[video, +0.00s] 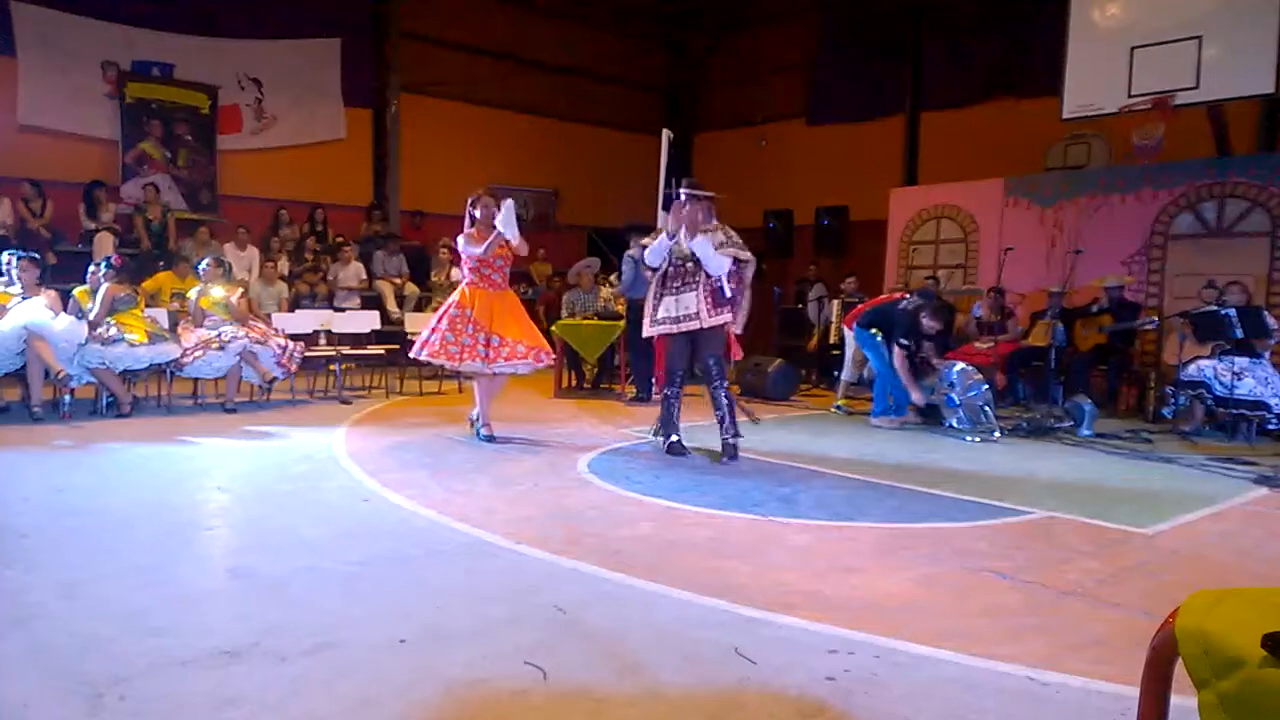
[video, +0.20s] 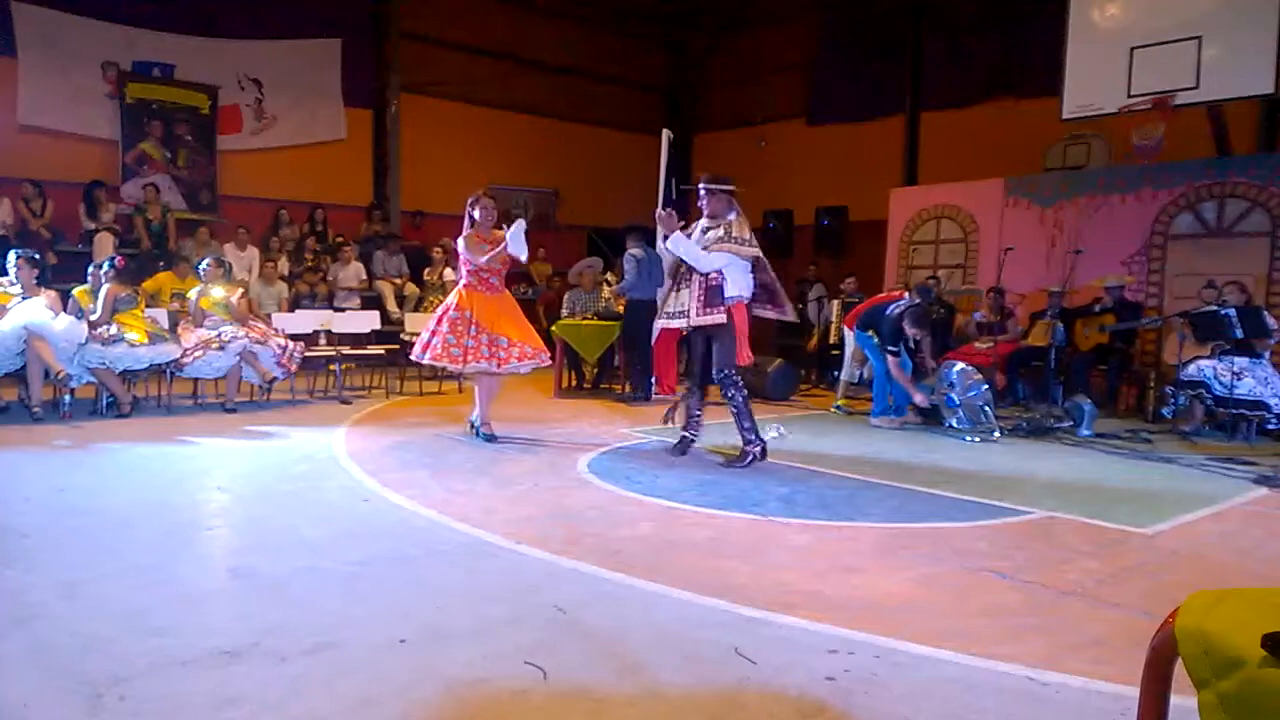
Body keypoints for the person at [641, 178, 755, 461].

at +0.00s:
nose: (682, 212)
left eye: (687, 206)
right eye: (679, 206)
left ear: (702, 208)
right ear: (675, 209)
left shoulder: (721, 235)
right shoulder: (668, 237)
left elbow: (719, 268)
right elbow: (649, 261)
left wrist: (695, 240)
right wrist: (669, 234)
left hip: (711, 315)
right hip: (674, 316)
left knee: (715, 376)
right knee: (674, 376)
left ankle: (729, 438)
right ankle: (671, 434)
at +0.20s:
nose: (702, 202)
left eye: (708, 196)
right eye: (701, 196)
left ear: (726, 199)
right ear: (703, 199)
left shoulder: (737, 234)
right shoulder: (700, 228)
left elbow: (707, 262)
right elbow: (670, 264)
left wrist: (674, 234)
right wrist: (666, 234)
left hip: (727, 311)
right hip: (699, 310)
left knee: (725, 374)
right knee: (696, 376)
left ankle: (753, 442)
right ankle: (690, 431)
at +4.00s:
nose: (713, 185)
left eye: (719, 179)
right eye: (716, 178)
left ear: (734, 185)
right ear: (736, 185)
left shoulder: (744, 222)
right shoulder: (724, 220)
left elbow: (694, 259)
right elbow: (692, 260)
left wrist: (666, 219)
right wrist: (681, 221)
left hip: (730, 321)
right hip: (706, 321)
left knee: (714, 400)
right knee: (694, 402)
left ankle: (721, 490)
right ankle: (733, 475)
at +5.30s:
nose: (754, 198)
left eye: (757, 193)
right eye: (757, 192)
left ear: (764, 197)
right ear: (790, 198)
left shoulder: (750, 237)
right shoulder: (809, 237)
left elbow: (711, 278)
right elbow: (763, 270)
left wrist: (710, 241)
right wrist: (738, 236)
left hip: (752, 338)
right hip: (791, 337)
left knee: (718, 413)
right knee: (758, 402)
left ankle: (778, 481)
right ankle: (750, 481)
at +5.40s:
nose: (756, 200)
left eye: (759, 195)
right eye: (760, 195)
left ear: (765, 199)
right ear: (793, 202)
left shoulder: (752, 239)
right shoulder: (811, 241)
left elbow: (713, 280)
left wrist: (711, 242)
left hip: (752, 340)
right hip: (790, 341)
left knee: (716, 414)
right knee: (758, 406)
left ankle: (777, 480)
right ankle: (750, 482)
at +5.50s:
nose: (759, 203)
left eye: (763, 199)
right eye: (762, 198)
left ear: (770, 204)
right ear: (795, 205)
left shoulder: (754, 242)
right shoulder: (811, 242)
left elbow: (715, 280)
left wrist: (715, 242)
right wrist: (741, 241)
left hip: (752, 342)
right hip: (790, 343)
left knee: (713, 415)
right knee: (760, 406)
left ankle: (776, 479)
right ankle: (750, 483)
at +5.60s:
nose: (765, 205)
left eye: (769, 200)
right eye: (768, 199)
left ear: (778, 204)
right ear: (799, 209)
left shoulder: (757, 244)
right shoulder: (814, 246)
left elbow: (718, 281)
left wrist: (722, 244)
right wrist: (737, 246)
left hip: (752, 346)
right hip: (791, 347)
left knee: (711, 416)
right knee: (760, 406)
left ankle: (776, 479)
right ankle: (750, 483)